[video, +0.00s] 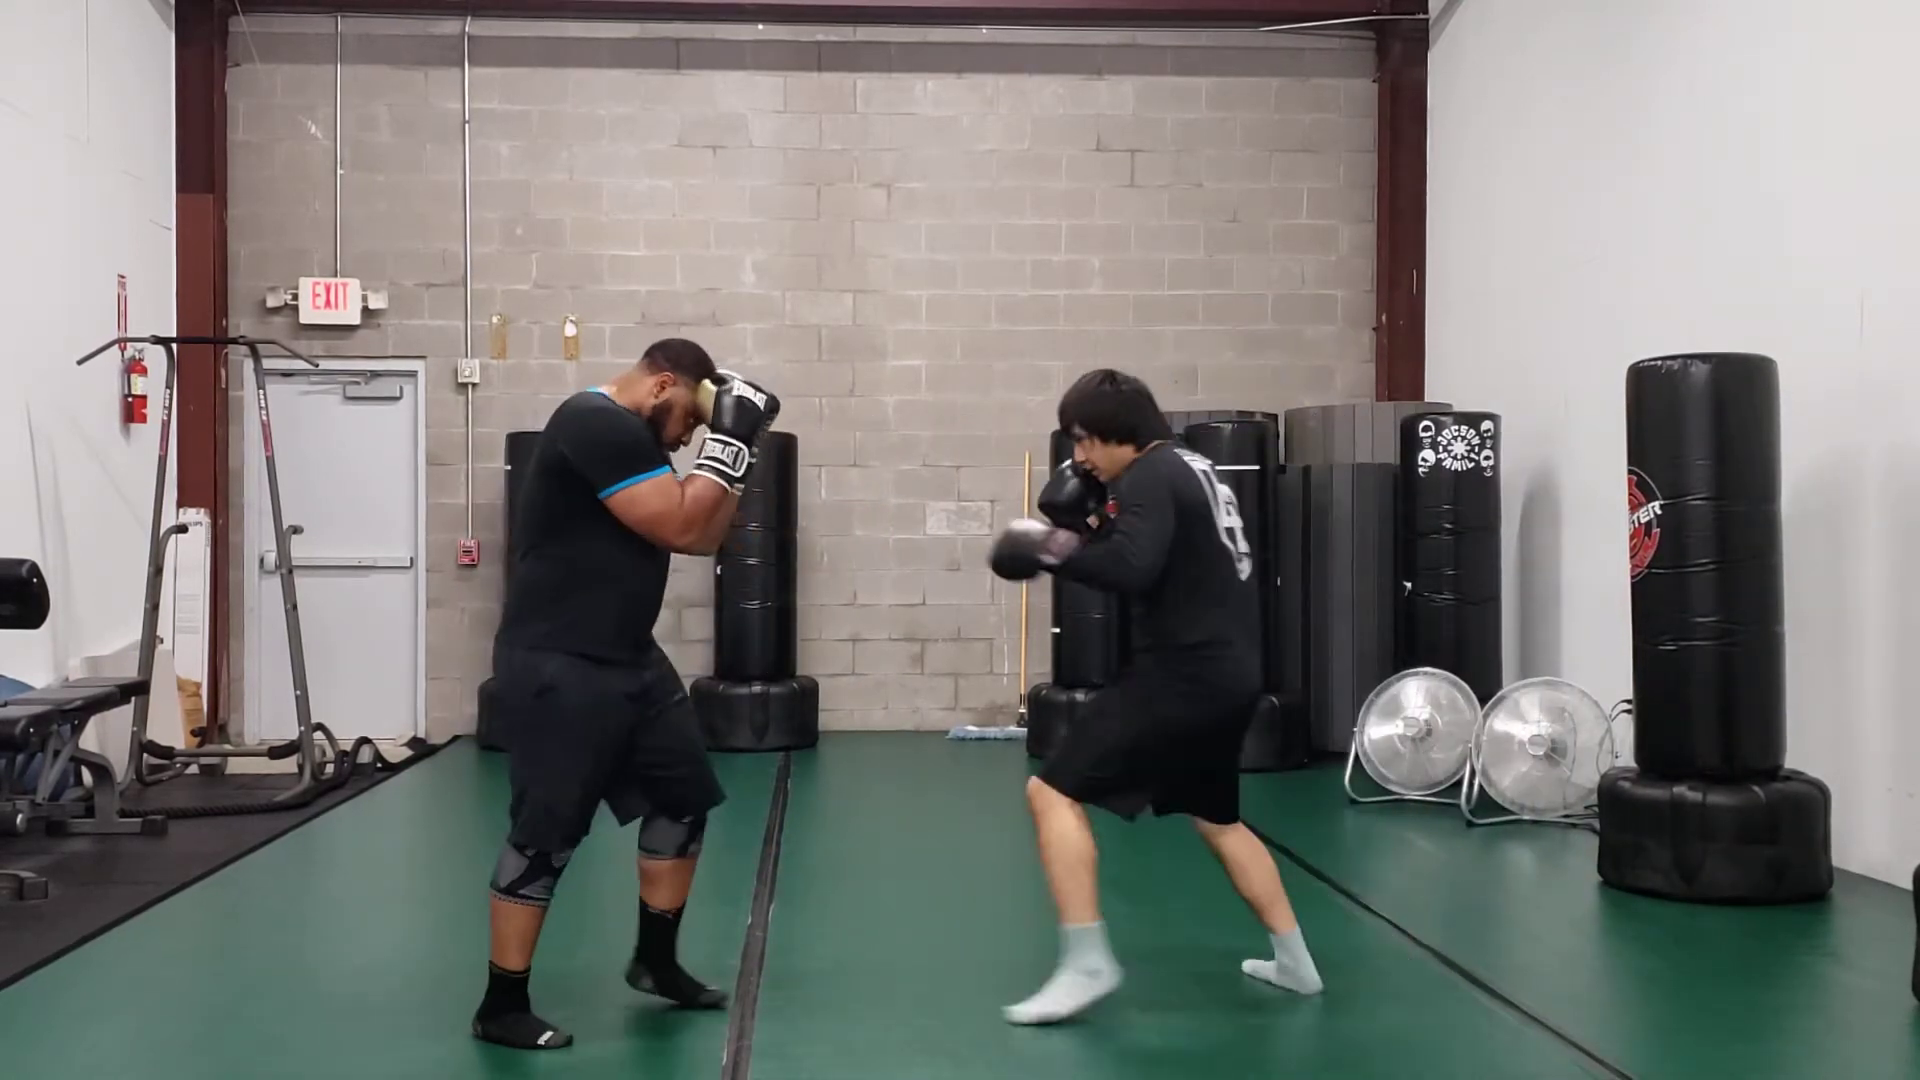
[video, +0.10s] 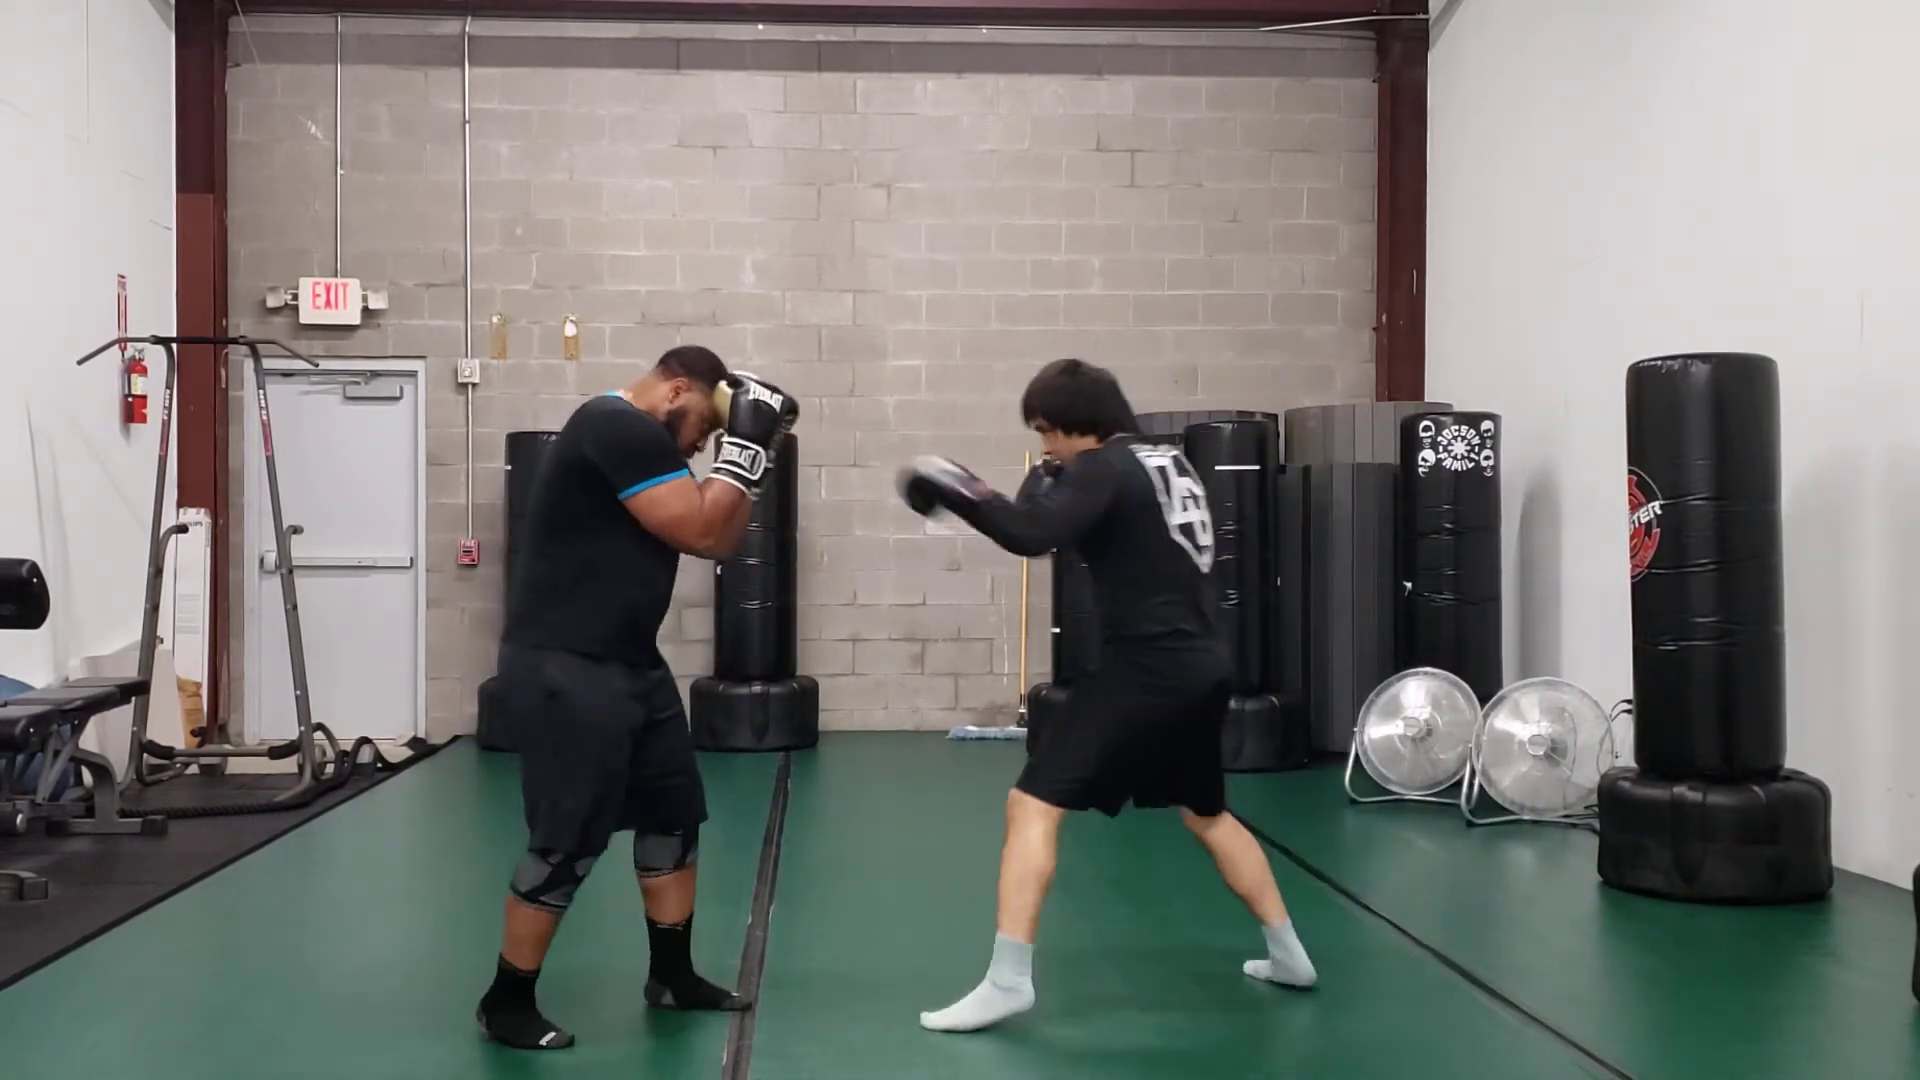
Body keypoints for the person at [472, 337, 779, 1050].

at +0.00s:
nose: (683, 438)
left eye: (690, 428)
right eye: (685, 420)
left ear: (658, 385)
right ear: (661, 384)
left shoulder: (630, 443)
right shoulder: (591, 423)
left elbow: (704, 538)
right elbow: (682, 526)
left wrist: (733, 455)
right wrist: (730, 439)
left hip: (630, 663)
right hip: (559, 668)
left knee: (683, 800)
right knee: (542, 835)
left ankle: (656, 962)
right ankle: (504, 1006)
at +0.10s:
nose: (695, 445)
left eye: (703, 436)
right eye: (700, 427)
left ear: (671, 390)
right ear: (677, 389)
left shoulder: (640, 442)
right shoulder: (613, 426)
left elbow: (720, 538)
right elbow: (709, 530)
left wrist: (748, 450)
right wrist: (748, 442)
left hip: (632, 666)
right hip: (566, 669)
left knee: (671, 817)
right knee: (565, 839)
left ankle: (674, 975)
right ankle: (508, 1000)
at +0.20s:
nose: (721, 473)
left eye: (727, 464)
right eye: (725, 454)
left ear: (701, 424)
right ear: (703, 417)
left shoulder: (671, 465)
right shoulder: (632, 437)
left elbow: (756, 541)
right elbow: (723, 537)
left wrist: (788, 455)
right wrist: (767, 442)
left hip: (620, 667)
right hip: (551, 663)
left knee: (661, 822)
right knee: (579, 834)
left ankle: (671, 977)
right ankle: (507, 992)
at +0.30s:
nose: (717, 485)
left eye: (725, 473)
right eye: (721, 466)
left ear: (699, 432)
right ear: (700, 428)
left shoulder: (663, 471)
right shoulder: (627, 446)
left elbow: (752, 540)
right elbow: (710, 548)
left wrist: (780, 455)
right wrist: (764, 457)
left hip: (609, 667)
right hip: (538, 663)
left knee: (655, 818)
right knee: (551, 833)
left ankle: (670, 978)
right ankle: (456, 1010)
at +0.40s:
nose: (692, 473)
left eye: (703, 464)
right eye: (695, 455)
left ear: (670, 418)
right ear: (671, 416)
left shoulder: (637, 462)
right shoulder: (601, 448)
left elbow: (694, 552)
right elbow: (666, 565)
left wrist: (745, 482)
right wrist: (740, 492)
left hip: (602, 677)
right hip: (530, 675)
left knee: (650, 821)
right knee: (512, 848)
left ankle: (670, 979)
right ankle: (386, 1016)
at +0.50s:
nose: (661, 467)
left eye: (670, 456)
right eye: (666, 449)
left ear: (635, 417)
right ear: (637, 415)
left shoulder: (600, 471)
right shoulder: (557, 453)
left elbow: (641, 571)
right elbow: (612, 579)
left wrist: (701, 508)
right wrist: (695, 509)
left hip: (588, 695)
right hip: (511, 700)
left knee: (638, 836)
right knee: (474, 869)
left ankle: (670, 977)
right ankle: (357, 1036)